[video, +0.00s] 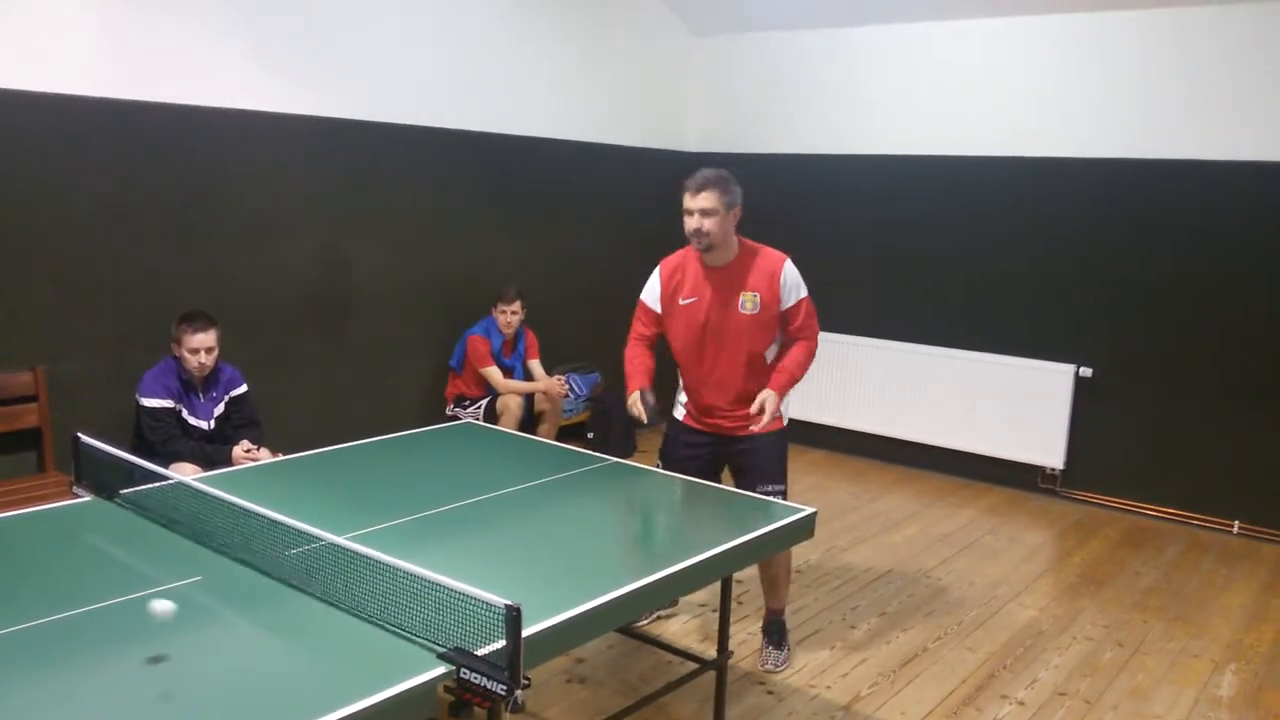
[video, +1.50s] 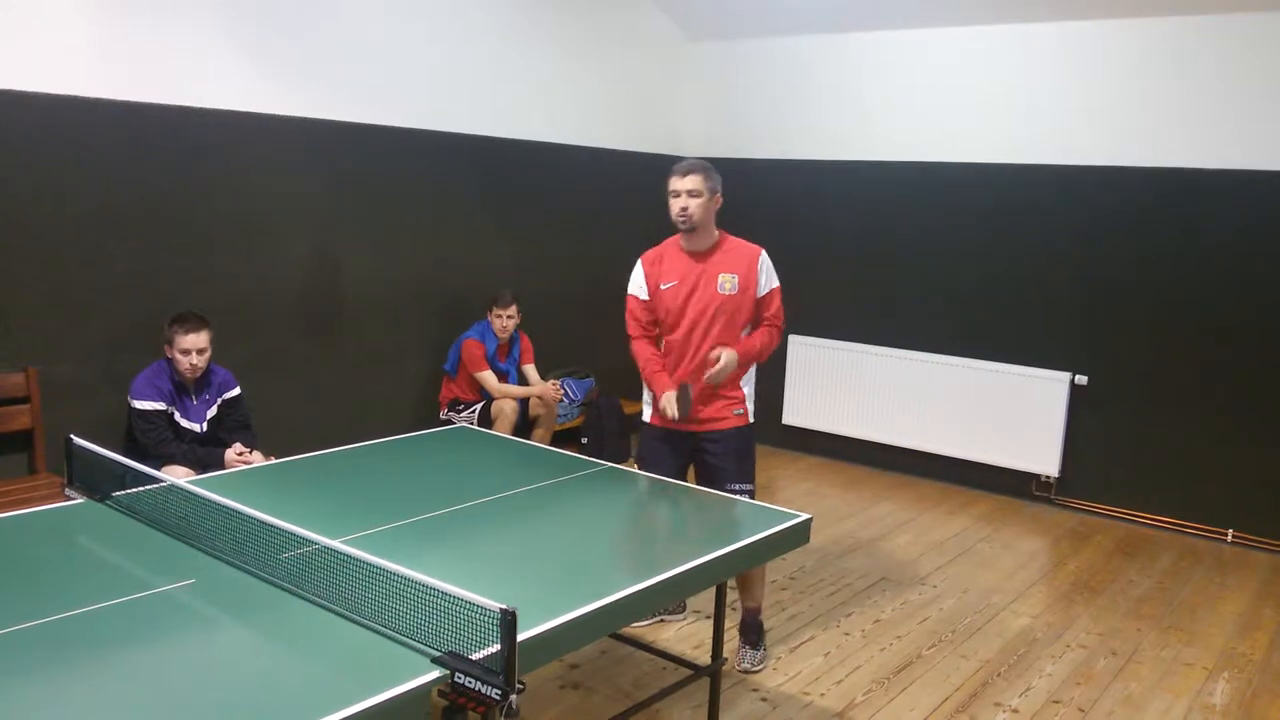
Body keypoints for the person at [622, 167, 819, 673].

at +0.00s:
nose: (696, 224)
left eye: (707, 214)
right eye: (689, 213)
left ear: (735, 214)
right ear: (682, 215)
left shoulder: (775, 270)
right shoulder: (669, 272)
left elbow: (804, 336)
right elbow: (641, 336)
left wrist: (776, 388)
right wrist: (637, 384)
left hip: (757, 424)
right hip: (693, 418)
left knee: (770, 524)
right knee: (666, 509)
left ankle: (774, 625)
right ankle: (661, 588)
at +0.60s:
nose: (652, 237)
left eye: (661, 227)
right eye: (648, 228)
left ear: (694, 226)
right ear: (649, 229)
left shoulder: (740, 277)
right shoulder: (653, 280)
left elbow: (772, 351)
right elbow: (650, 344)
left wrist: (705, 371)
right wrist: (642, 380)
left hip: (740, 431)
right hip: (684, 426)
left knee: (744, 533)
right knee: (665, 516)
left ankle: (751, 641)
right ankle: (666, 599)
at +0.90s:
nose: (623, 248)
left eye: (628, 237)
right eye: (621, 238)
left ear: (661, 232)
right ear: (649, 237)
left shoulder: (723, 271)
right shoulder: (650, 294)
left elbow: (771, 326)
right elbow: (637, 360)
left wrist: (704, 354)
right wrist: (579, 394)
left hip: (743, 429)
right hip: (689, 425)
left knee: (741, 535)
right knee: (657, 513)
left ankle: (755, 640)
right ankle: (670, 600)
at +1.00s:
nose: (620, 236)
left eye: (627, 226)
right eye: (619, 227)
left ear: (659, 222)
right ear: (645, 226)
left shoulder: (724, 261)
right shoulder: (634, 285)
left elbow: (771, 321)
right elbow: (599, 338)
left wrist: (711, 339)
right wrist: (536, 360)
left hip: (742, 420)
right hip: (682, 418)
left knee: (747, 530)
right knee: (662, 512)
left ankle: (755, 638)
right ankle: (674, 594)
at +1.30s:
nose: (649, 217)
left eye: (659, 207)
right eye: (644, 209)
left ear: (688, 209)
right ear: (641, 215)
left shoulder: (733, 262)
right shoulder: (632, 269)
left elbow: (761, 326)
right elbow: (605, 341)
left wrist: (731, 339)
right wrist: (586, 329)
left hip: (723, 422)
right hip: (660, 421)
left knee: (739, 526)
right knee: (647, 515)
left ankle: (749, 634)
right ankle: (670, 595)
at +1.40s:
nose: (668, 210)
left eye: (678, 200)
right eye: (661, 202)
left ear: (703, 204)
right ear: (654, 208)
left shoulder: (741, 259)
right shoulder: (641, 268)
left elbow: (765, 324)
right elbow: (632, 335)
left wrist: (737, 344)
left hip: (722, 419)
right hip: (658, 422)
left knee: (741, 521)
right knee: (648, 514)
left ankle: (751, 626)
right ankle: (667, 596)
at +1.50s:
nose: (681, 204)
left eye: (692, 195)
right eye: (675, 196)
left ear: (716, 201)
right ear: (667, 202)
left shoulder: (750, 259)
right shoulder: (650, 264)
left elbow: (773, 326)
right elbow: (639, 335)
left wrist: (740, 354)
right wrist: (661, 385)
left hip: (726, 421)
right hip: (664, 420)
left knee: (741, 522)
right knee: (655, 512)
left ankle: (751, 623)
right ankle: (668, 594)